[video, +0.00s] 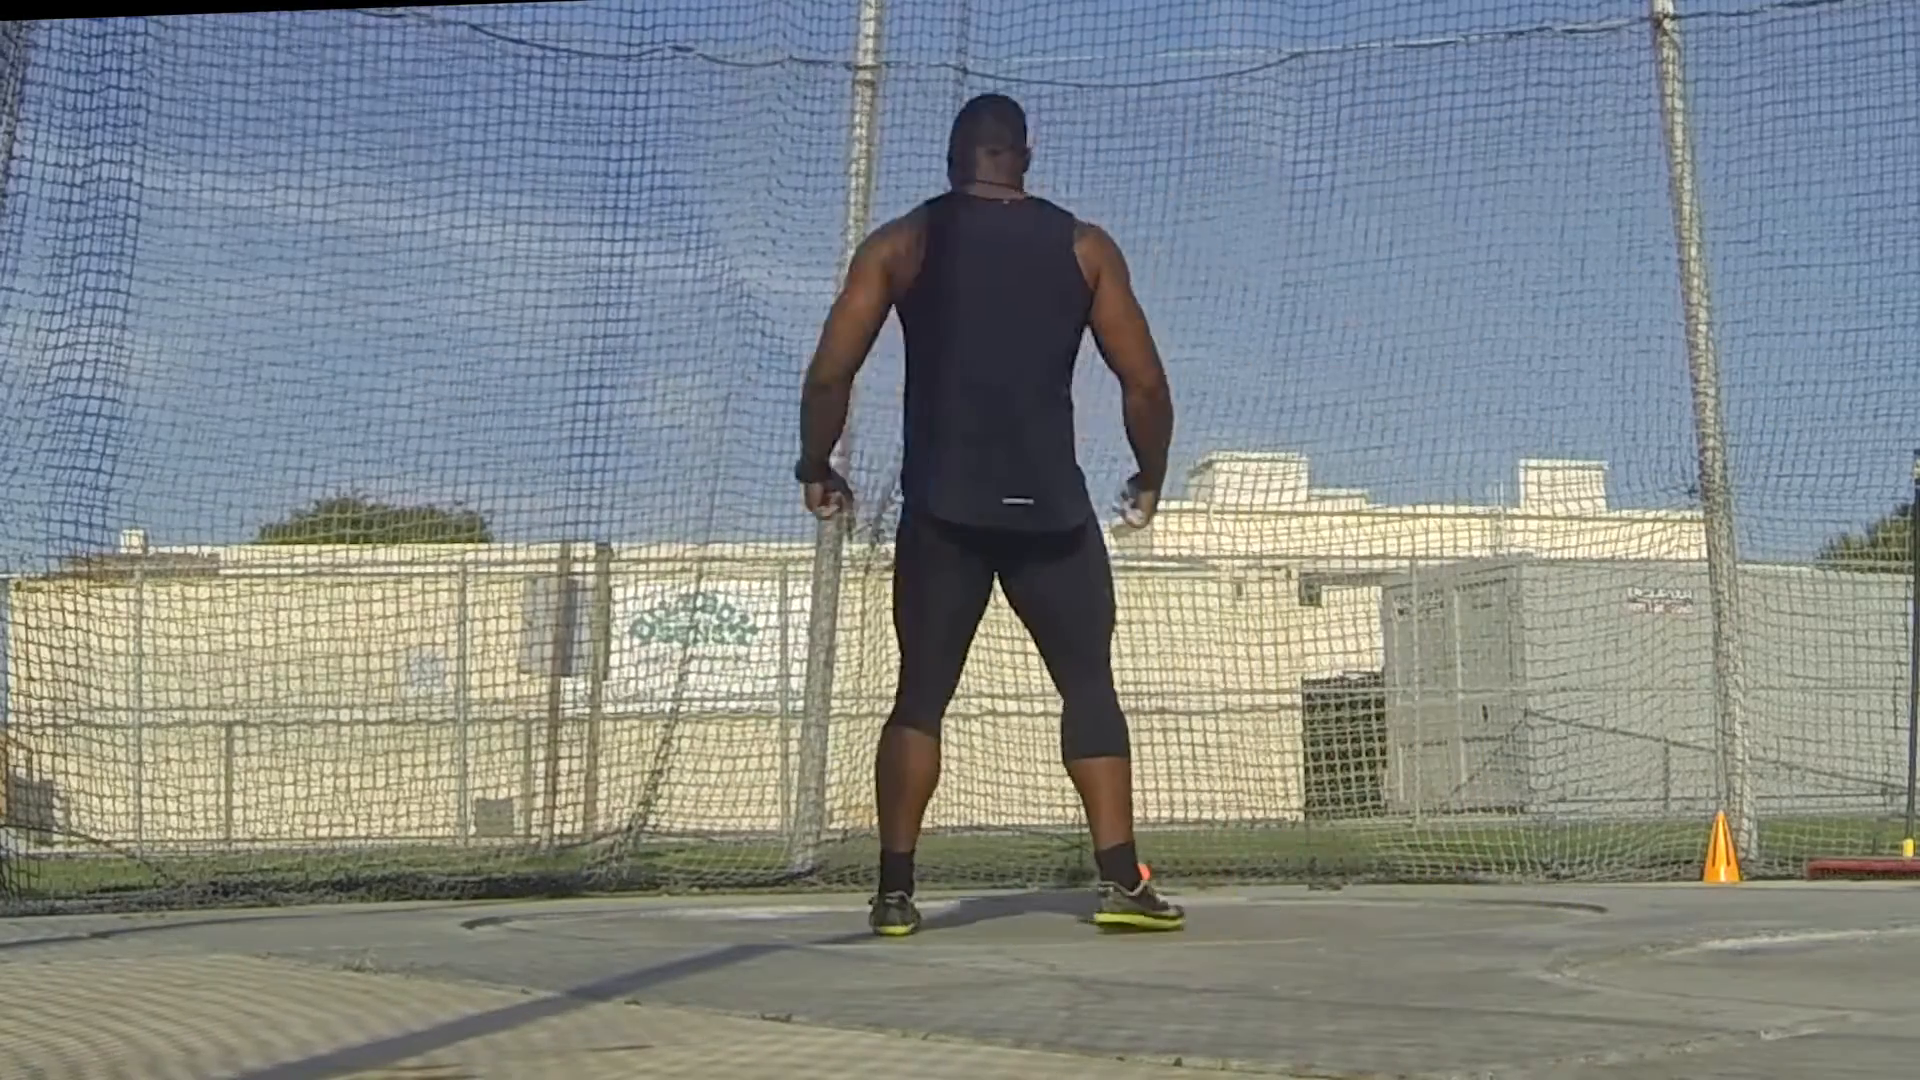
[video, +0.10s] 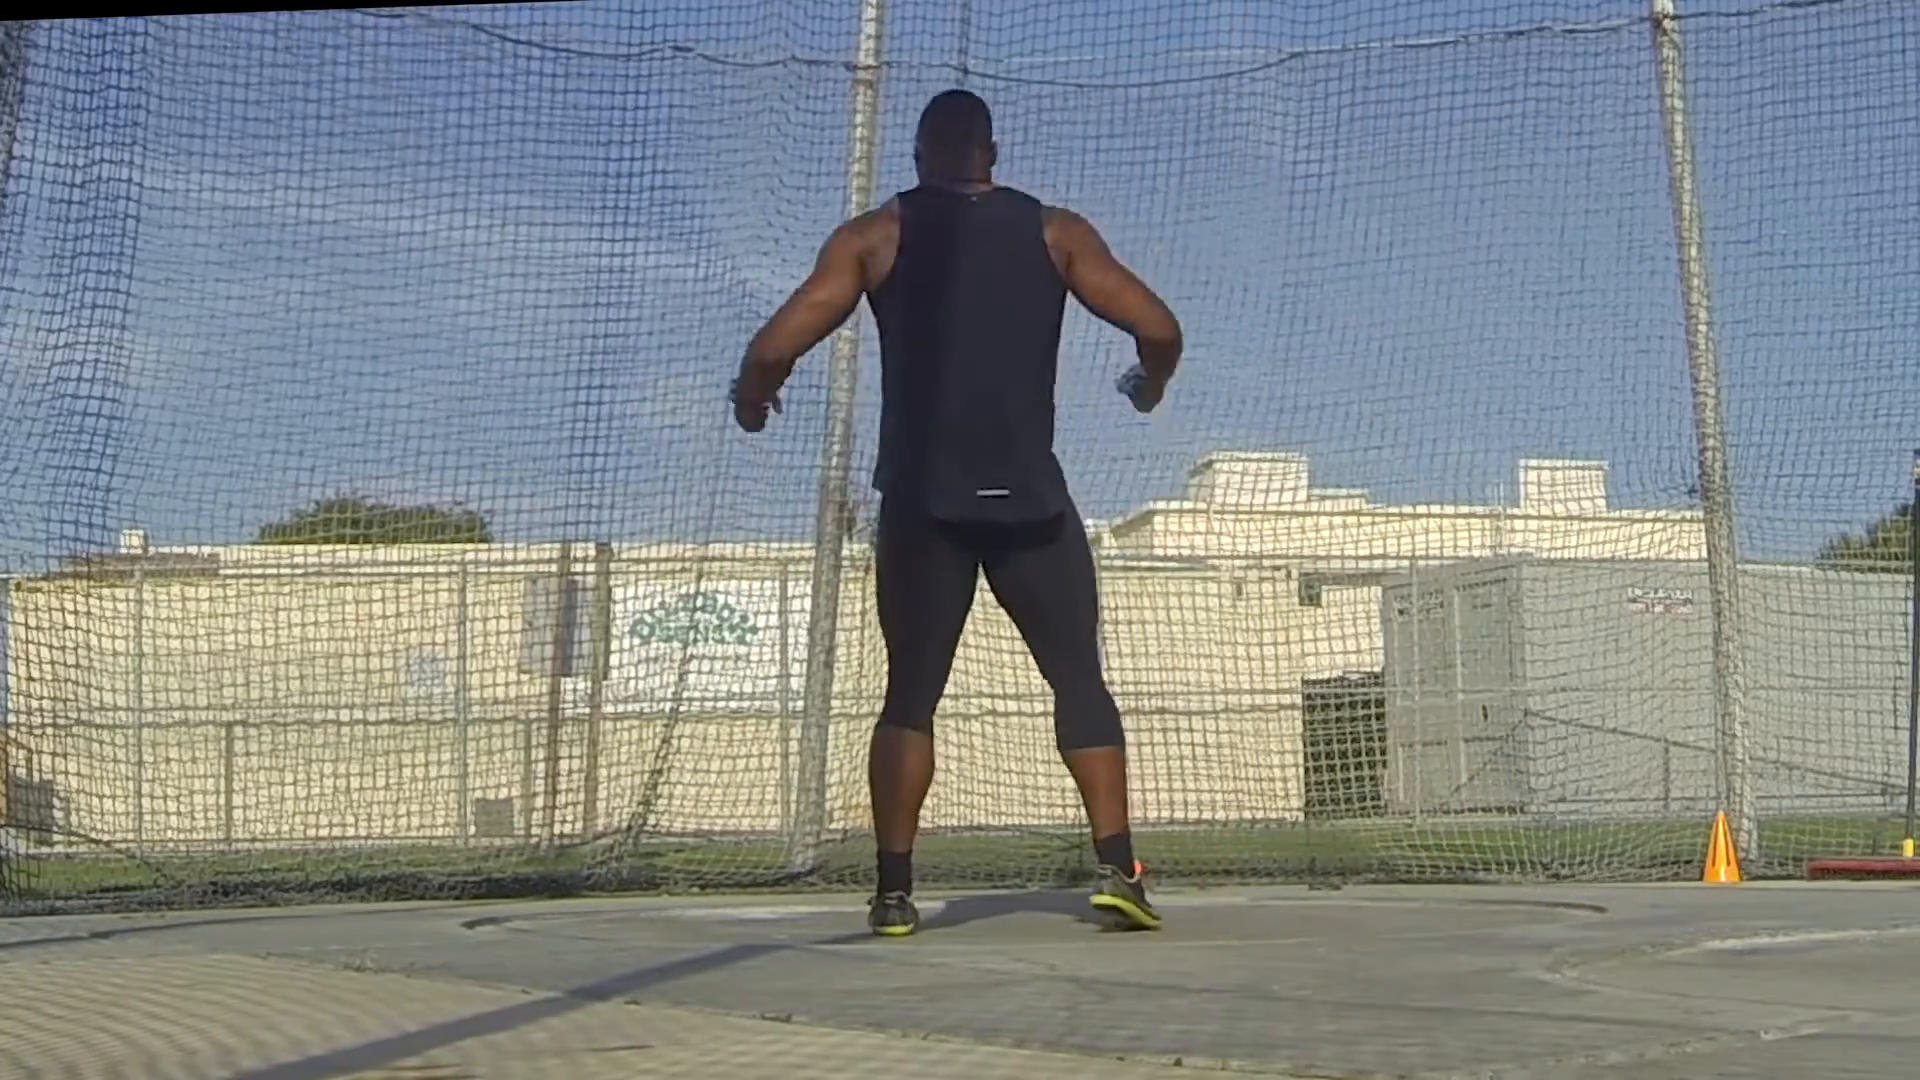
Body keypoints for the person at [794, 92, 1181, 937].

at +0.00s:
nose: (1001, 166)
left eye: (979, 153)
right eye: (1014, 153)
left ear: (949, 160)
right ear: (1026, 160)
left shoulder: (898, 243)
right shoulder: (1084, 244)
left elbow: (829, 374)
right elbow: (1145, 381)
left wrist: (816, 468)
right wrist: (1149, 474)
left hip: (940, 512)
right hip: (1049, 511)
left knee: (920, 698)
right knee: (1088, 687)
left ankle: (895, 891)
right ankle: (1122, 880)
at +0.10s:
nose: (972, 166)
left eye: (946, 152)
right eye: (982, 153)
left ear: (916, 156)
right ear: (992, 157)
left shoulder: (872, 237)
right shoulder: (1054, 231)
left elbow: (771, 350)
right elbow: (1160, 329)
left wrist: (752, 395)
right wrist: (1150, 383)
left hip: (919, 504)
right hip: (1029, 498)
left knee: (910, 694)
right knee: (1078, 679)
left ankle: (893, 891)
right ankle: (1119, 869)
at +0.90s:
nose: (1051, 138)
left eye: (1050, 125)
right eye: (1034, 125)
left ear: (983, 151)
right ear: (983, 142)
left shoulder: (942, 237)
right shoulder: (987, 238)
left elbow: (945, 387)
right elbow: (1008, 380)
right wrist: (1098, 463)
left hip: (945, 497)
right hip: (1012, 493)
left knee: (928, 677)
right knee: (1051, 673)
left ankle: (875, 875)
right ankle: (1093, 881)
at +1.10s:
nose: (1100, 120)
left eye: (1102, 107)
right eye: (1080, 105)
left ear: (1088, 126)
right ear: (1029, 122)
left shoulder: (1073, 231)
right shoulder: (1009, 219)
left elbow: (1087, 374)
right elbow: (994, 361)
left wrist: (1144, 466)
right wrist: (1072, 475)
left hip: (1084, 483)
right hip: (1041, 482)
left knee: (1047, 662)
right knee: (1067, 666)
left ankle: (931, 833)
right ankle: (1099, 886)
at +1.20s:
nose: (1119, 110)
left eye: (1122, 98)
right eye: (1099, 96)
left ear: (1122, 117)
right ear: (1051, 113)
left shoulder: (1113, 229)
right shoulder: (1024, 205)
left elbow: (1125, 362)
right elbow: (997, 340)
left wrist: (1188, 458)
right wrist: (1056, 460)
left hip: (1128, 478)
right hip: (1073, 478)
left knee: (1139, 651)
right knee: (1085, 661)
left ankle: (1004, 819)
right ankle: (1097, 884)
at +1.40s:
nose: (1158, 97)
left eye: (1162, 87)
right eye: (1138, 84)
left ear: (1165, 110)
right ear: (1089, 104)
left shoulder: (1177, 221)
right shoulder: (1051, 195)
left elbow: (1195, 350)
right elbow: (1011, 321)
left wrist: (1258, 445)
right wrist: (1052, 437)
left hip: (1194, 478)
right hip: (1110, 476)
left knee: (1256, 637)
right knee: (1105, 668)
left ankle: (1202, 851)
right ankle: (1099, 886)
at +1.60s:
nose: (1230, 106)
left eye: (1235, 94)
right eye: (1210, 89)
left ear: (1231, 114)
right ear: (1158, 103)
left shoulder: (1239, 233)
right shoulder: (1097, 208)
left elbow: (1262, 372)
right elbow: (1042, 346)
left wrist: (1305, 482)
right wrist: (1087, 468)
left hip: (1254, 488)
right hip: (1151, 485)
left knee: (1304, 660)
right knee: (1135, 678)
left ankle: (1366, 868)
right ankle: (1102, 887)